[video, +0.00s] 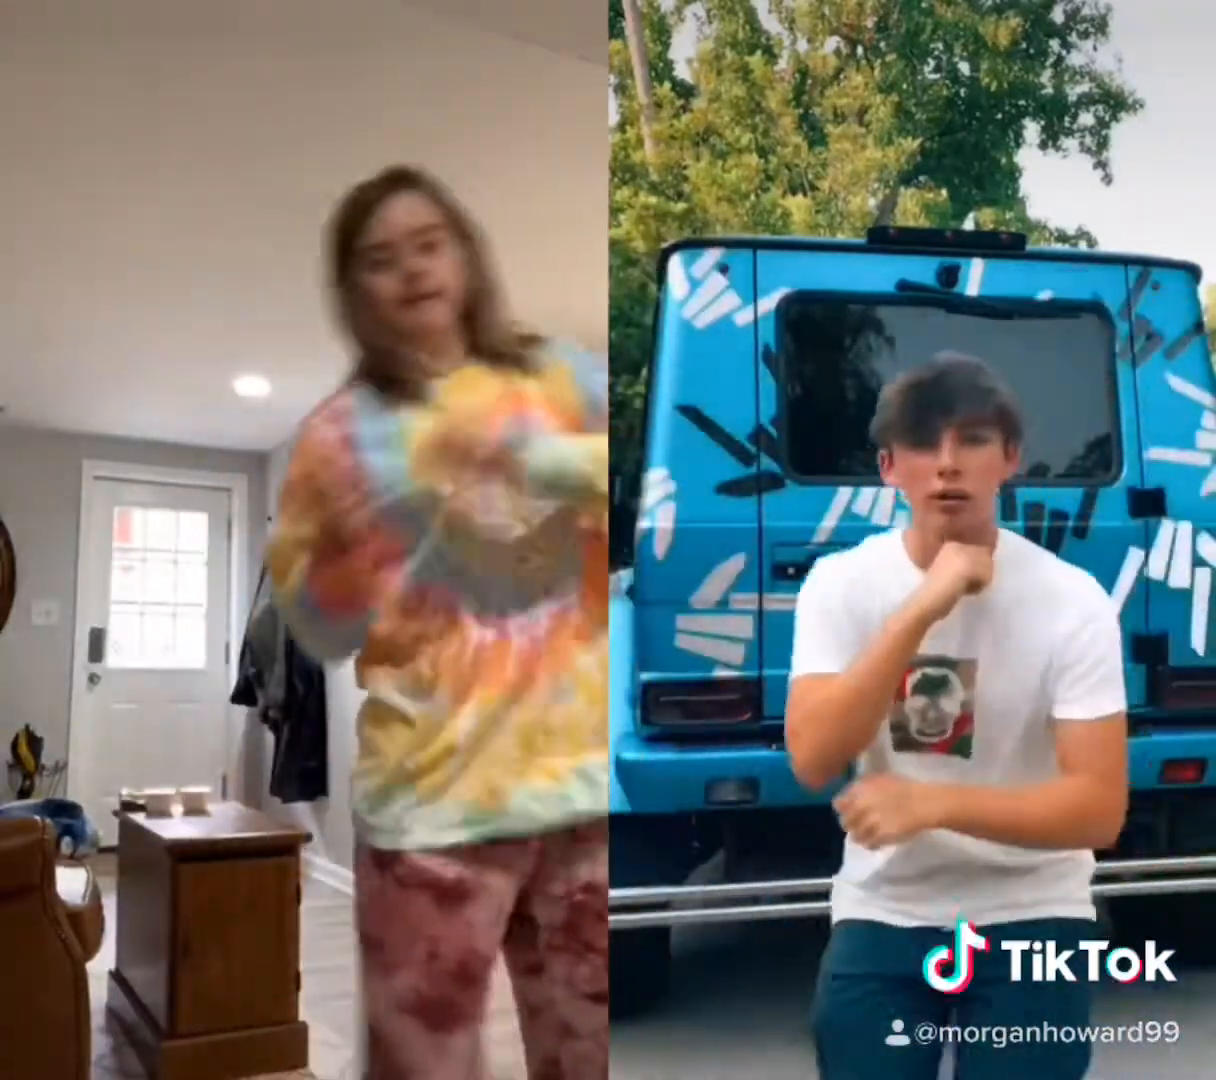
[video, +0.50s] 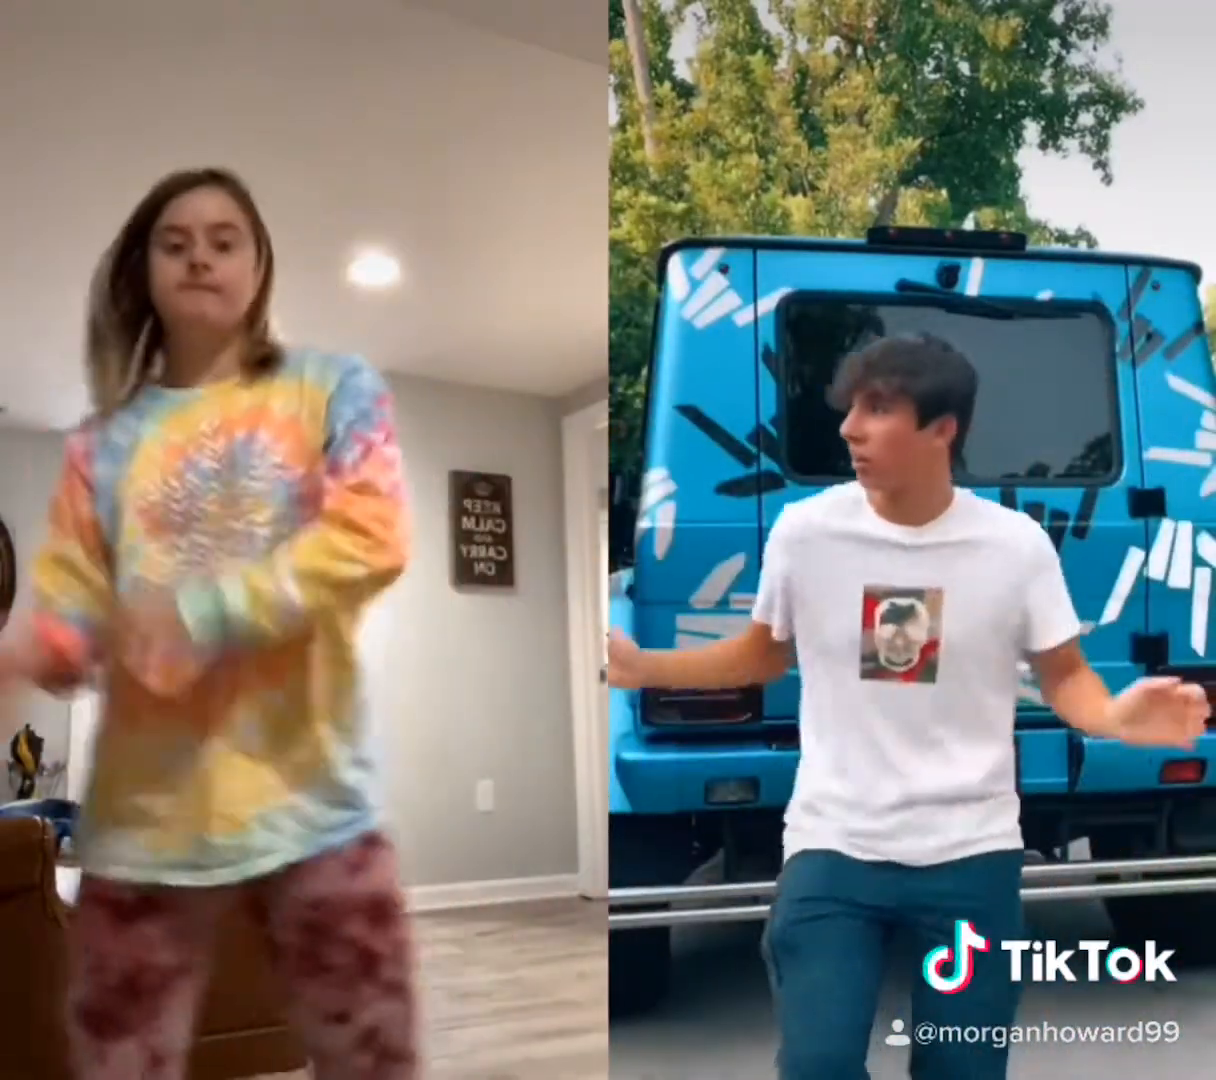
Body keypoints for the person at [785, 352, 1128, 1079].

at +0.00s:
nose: (949, 464)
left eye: (973, 440)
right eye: (925, 443)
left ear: (1010, 460)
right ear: (890, 468)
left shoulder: (1071, 603)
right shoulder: (839, 584)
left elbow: (1099, 809)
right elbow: (813, 762)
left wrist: (933, 803)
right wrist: (922, 608)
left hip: (1035, 912)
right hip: (884, 910)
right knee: (859, 1047)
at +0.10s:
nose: (932, 435)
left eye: (958, 412)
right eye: (911, 413)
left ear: (998, 431)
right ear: (880, 434)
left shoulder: (1053, 569)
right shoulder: (829, 549)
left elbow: (1056, 771)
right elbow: (801, 717)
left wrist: (891, 759)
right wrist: (928, 591)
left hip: (1016, 887)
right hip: (865, 887)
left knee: (1002, 1064)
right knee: (861, 1062)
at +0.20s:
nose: (897, 437)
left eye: (924, 415)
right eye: (885, 414)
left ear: (983, 432)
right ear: (868, 425)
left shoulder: (1038, 566)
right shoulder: (826, 548)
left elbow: (1066, 760)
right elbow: (801, 738)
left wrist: (913, 790)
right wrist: (917, 675)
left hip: (999, 887)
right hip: (857, 883)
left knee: (980, 1068)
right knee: (860, 1065)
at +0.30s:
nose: (873, 456)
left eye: (900, 435)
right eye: (871, 434)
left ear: (968, 458)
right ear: (861, 447)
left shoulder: (1037, 592)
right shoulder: (821, 577)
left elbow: (1108, 747)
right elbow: (796, 718)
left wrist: (1008, 823)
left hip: (990, 902)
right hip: (847, 890)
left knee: (974, 1065)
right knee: (827, 1065)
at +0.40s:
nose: (866, 459)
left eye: (895, 439)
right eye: (866, 439)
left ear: (961, 463)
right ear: (859, 452)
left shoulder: (1032, 583)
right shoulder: (812, 572)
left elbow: (1108, 700)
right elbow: (770, 679)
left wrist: (1113, 761)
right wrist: (690, 734)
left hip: (982, 878)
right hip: (843, 871)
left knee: (978, 1068)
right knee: (812, 1065)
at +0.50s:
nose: (850, 428)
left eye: (876, 409)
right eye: (849, 408)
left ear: (943, 430)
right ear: (848, 418)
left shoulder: (1016, 546)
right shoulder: (805, 534)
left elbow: (1067, 676)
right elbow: (765, 651)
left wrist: (1116, 716)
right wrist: (645, 667)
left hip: (971, 854)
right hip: (833, 849)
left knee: (963, 1063)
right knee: (816, 1059)